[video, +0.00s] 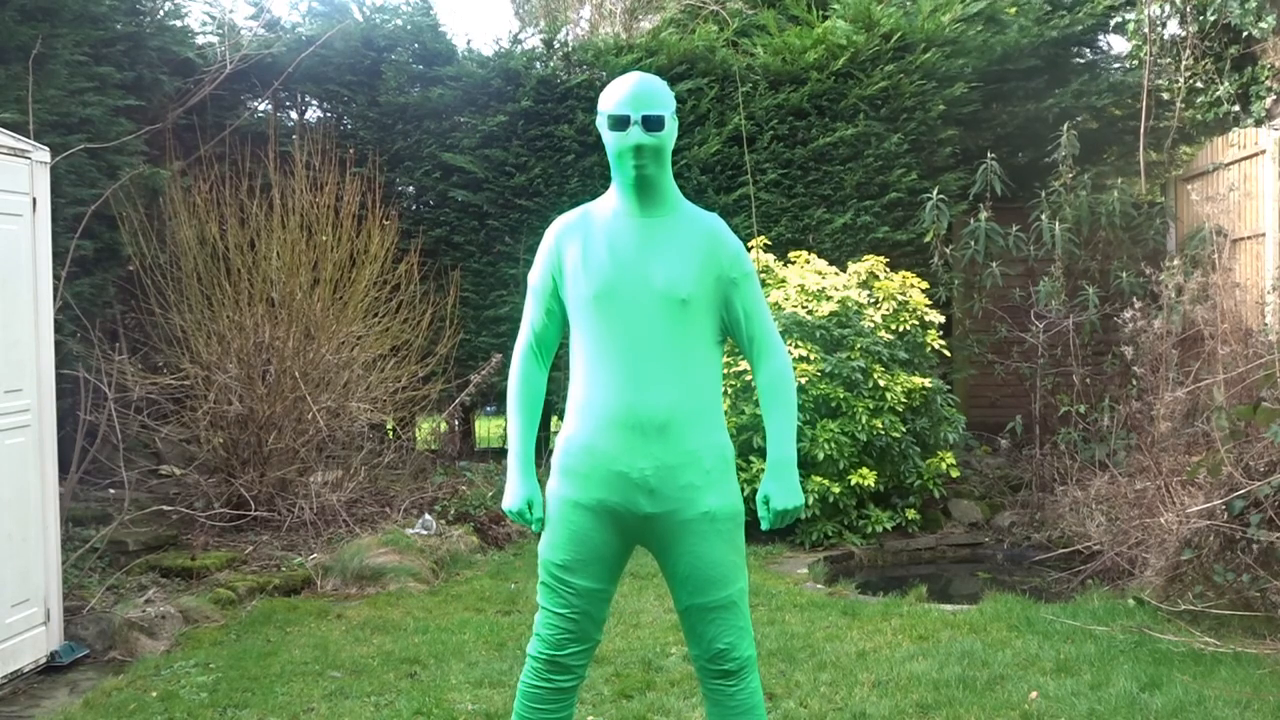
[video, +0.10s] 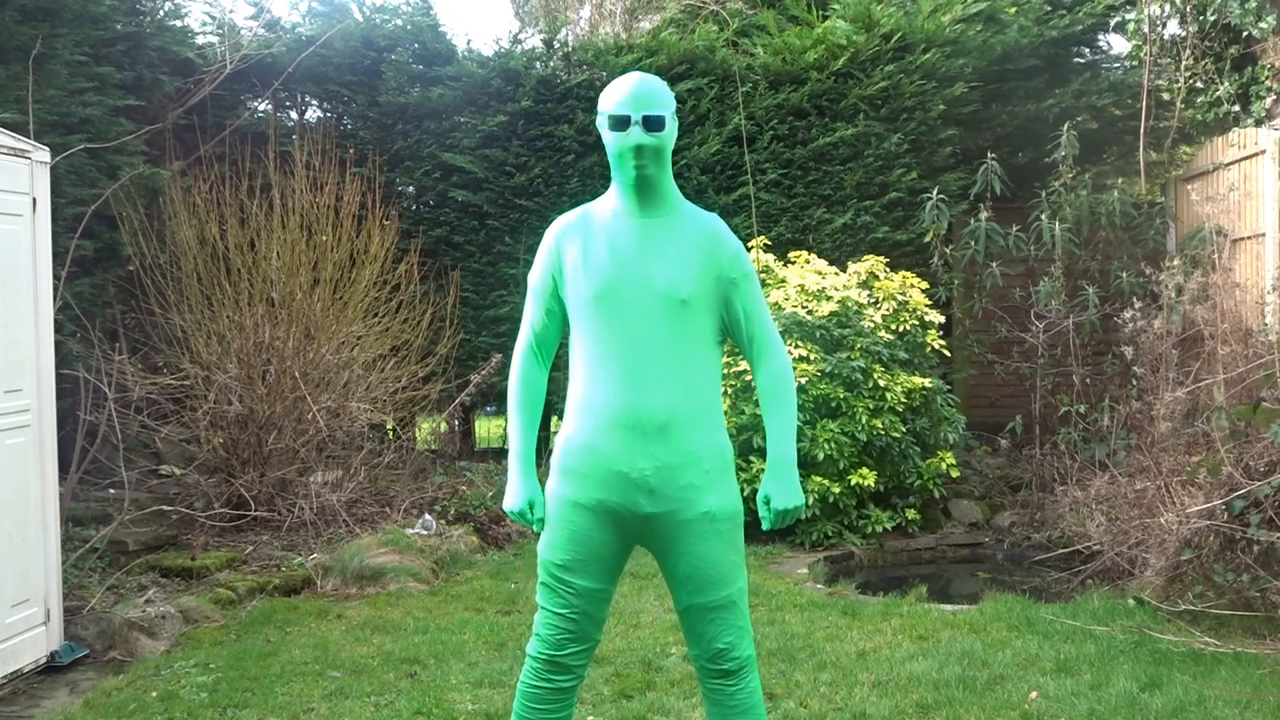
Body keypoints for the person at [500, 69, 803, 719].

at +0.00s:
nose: (638, 136)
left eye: (653, 122)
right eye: (622, 123)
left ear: (674, 131)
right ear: (602, 135)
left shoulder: (713, 239)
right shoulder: (567, 236)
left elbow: (768, 352)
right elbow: (532, 353)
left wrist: (782, 464)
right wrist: (519, 468)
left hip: (698, 486)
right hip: (587, 484)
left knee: (729, 666)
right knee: (554, 664)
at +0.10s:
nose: (638, 137)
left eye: (653, 122)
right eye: (622, 124)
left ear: (674, 131)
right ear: (602, 135)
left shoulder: (713, 239)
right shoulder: (566, 237)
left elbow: (768, 353)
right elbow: (532, 354)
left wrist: (782, 465)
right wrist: (519, 468)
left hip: (698, 487)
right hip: (586, 485)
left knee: (728, 666)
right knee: (553, 664)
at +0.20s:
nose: (638, 137)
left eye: (653, 123)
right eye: (622, 124)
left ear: (674, 131)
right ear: (602, 135)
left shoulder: (712, 239)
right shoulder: (566, 237)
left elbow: (767, 353)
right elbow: (532, 354)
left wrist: (782, 465)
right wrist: (519, 467)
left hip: (697, 487)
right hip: (585, 486)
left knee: (728, 667)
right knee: (552, 665)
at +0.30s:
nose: (638, 137)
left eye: (653, 123)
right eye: (622, 124)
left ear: (674, 132)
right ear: (602, 135)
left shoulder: (712, 239)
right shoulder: (566, 237)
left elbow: (766, 353)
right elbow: (531, 354)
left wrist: (782, 465)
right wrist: (519, 469)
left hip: (697, 487)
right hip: (585, 485)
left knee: (728, 667)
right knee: (552, 665)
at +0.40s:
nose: (638, 136)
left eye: (654, 122)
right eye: (622, 123)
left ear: (674, 133)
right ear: (602, 134)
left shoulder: (712, 240)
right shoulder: (566, 236)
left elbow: (765, 353)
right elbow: (530, 354)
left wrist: (781, 466)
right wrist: (517, 469)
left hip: (696, 487)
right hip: (584, 485)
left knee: (727, 667)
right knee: (552, 664)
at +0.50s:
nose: (638, 136)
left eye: (653, 123)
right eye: (622, 123)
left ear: (674, 133)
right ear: (602, 135)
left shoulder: (712, 240)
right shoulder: (566, 237)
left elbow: (765, 354)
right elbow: (529, 353)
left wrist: (781, 466)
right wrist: (517, 469)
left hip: (696, 488)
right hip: (584, 486)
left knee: (727, 666)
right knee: (553, 663)